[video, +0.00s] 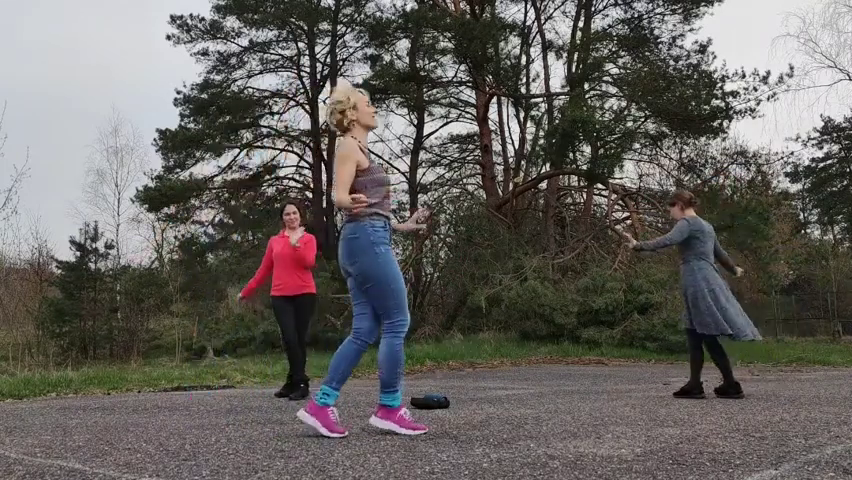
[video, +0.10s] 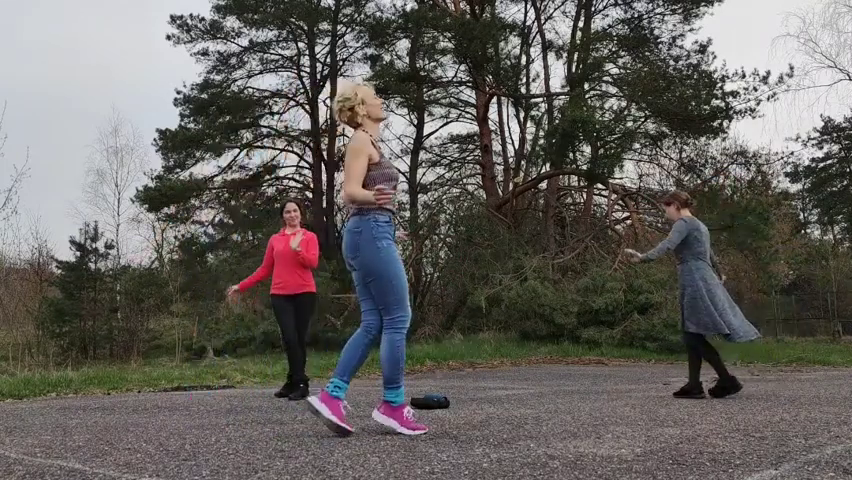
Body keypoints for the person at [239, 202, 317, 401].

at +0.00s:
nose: (291, 217)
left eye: (294, 213)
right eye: (287, 214)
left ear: (300, 216)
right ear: (282, 218)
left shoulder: (308, 238)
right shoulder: (275, 241)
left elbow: (309, 262)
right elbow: (264, 269)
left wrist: (296, 245)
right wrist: (247, 291)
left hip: (304, 293)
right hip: (280, 294)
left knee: (299, 339)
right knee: (289, 339)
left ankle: (292, 381)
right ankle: (301, 383)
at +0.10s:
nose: (292, 215)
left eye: (295, 211)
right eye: (288, 212)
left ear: (301, 214)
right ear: (283, 216)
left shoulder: (309, 237)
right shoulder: (275, 239)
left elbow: (313, 262)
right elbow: (265, 270)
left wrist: (297, 250)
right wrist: (240, 286)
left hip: (304, 292)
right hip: (280, 293)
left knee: (299, 338)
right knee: (289, 338)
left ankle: (295, 381)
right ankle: (297, 382)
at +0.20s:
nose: (293, 214)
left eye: (295, 211)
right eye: (289, 212)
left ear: (301, 214)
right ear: (283, 216)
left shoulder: (310, 238)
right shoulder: (275, 240)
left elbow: (316, 266)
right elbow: (264, 271)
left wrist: (301, 258)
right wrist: (239, 276)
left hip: (305, 293)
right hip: (280, 294)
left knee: (300, 339)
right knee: (289, 338)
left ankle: (294, 381)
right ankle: (298, 382)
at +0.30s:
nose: (294, 218)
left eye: (297, 214)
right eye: (290, 215)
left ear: (302, 217)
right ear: (284, 219)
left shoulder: (312, 242)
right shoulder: (276, 244)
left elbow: (318, 272)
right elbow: (264, 273)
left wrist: (309, 273)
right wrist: (241, 267)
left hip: (305, 297)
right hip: (280, 298)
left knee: (304, 340)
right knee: (288, 341)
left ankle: (288, 376)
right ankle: (301, 385)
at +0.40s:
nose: (293, 224)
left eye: (296, 220)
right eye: (289, 220)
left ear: (302, 223)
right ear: (284, 223)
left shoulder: (312, 246)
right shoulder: (276, 249)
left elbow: (319, 272)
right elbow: (264, 275)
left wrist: (318, 284)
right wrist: (244, 265)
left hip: (305, 300)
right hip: (281, 300)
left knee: (306, 341)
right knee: (287, 342)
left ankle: (304, 382)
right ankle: (294, 384)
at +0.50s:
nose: (292, 222)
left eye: (295, 219)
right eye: (288, 219)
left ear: (300, 222)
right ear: (282, 221)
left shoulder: (310, 243)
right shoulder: (275, 245)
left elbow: (319, 268)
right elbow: (265, 273)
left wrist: (322, 284)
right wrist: (247, 267)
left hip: (307, 297)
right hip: (282, 298)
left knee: (307, 339)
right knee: (289, 341)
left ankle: (300, 379)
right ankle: (302, 384)